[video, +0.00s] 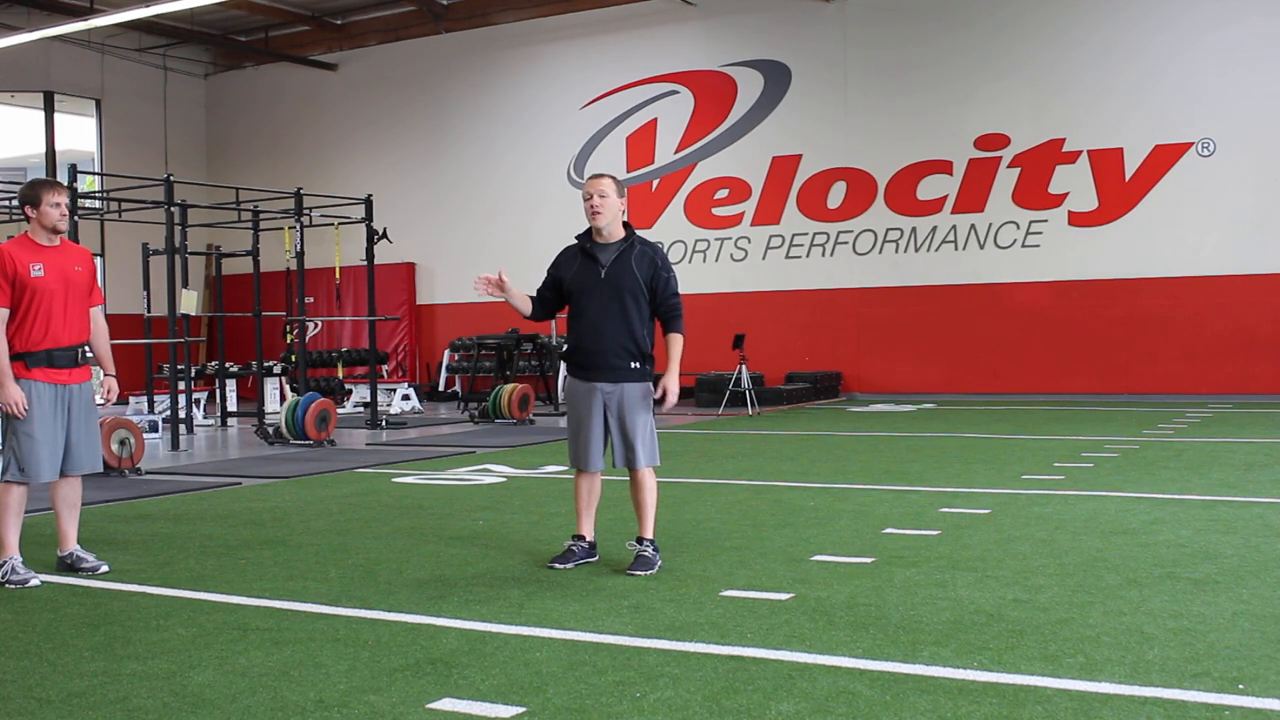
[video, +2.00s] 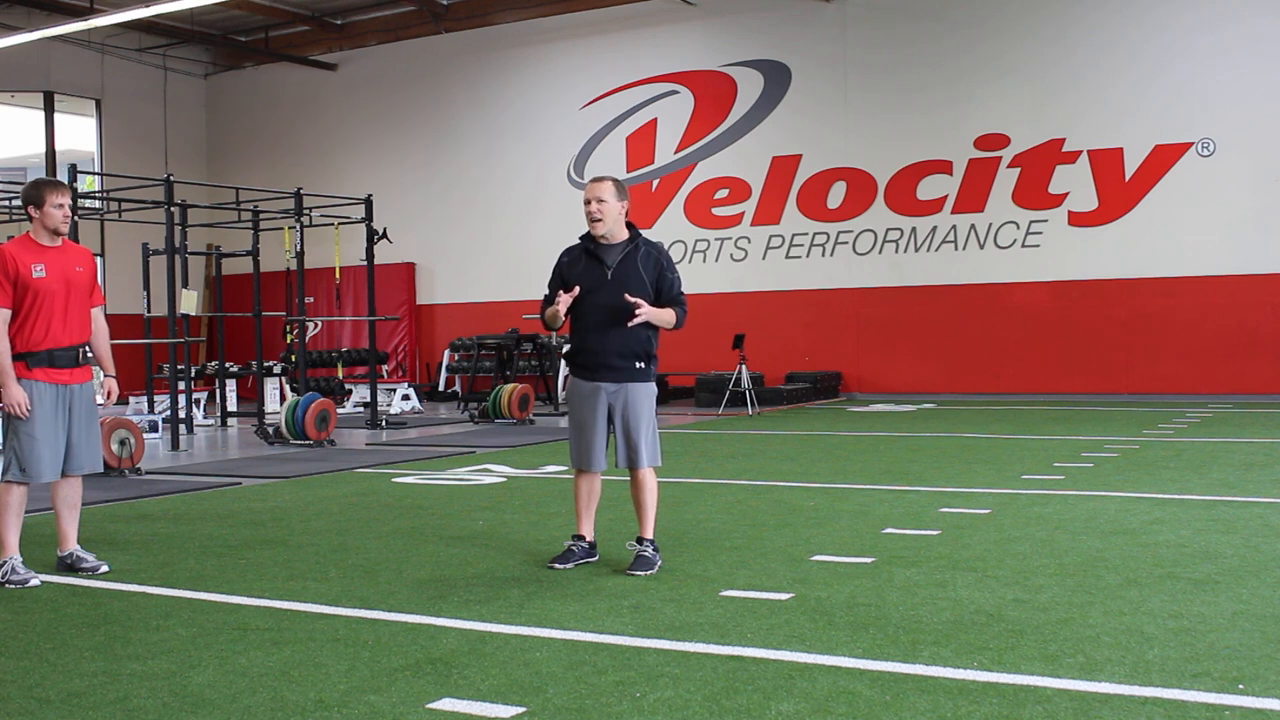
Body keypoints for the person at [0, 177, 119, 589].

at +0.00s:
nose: (64, 211)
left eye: (66, 205)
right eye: (55, 205)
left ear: (68, 211)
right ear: (31, 211)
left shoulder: (83, 257)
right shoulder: (10, 255)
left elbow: (95, 319)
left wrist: (109, 371)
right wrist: (6, 381)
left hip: (76, 377)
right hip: (29, 378)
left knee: (72, 466)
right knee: (18, 473)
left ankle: (69, 551)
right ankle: (10, 559)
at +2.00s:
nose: (67, 213)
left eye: (69, 206)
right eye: (58, 206)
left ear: (71, 210)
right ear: (34, 211)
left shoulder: (84, 257)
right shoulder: (11, 255)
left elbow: (96, 319)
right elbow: (0, 326)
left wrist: (109, 371)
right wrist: (8, 382)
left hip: (77, 377)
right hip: (30, 378)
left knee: (72, 466)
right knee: (19, 473)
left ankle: (69, 551)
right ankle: (9, 559)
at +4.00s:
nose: (68, 214)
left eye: (71, 207)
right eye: (60, 208)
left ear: (73, 211)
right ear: (35, 212)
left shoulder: (85, 257)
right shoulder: (12, 255)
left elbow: (97, 320)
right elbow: (1, 326)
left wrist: (109, 372)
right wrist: (8, 383)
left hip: (78, 377)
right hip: (30, 378)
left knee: (72, 466)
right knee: (19, 473)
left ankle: (69, 551)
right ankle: (10, 559)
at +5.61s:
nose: (66, 216)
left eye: (70, 210)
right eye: (58, 209)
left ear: (73, 212)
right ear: (36, 212)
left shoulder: (85, 257)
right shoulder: (12, 255)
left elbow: (97, 320)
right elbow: (2, 326)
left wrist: (110, 372)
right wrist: (9, 382)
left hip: (78, 377)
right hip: (31, 378)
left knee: (72, 467)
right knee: (19, 473)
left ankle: (69, 551)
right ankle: (10, 559)